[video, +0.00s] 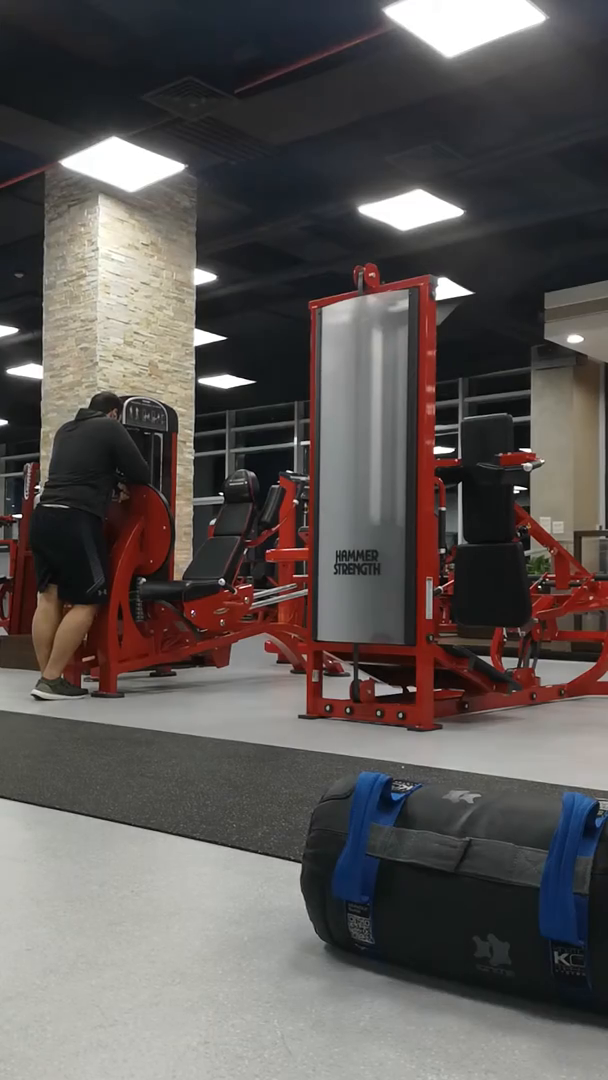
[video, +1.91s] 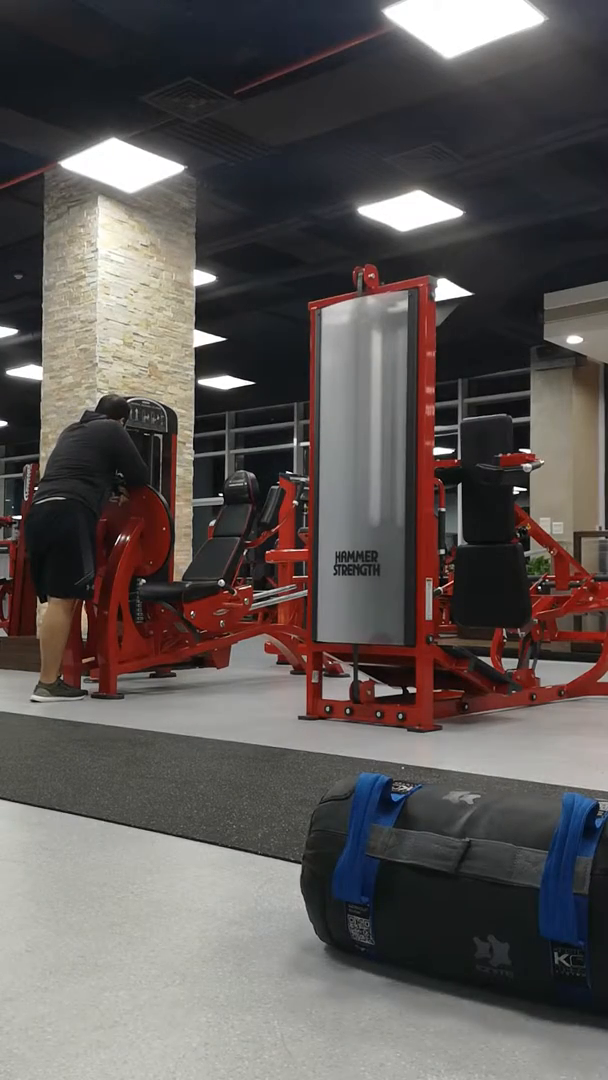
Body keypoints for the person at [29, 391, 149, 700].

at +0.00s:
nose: (120, 421)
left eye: (120, 417)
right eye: (121, 416)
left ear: (91, 409)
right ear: (113, 413)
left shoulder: (65, 429)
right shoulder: (111, 428)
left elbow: (72, 470)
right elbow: (141, 476)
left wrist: (111, 486)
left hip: (43, 516)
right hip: (75, 520)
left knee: (48, 597)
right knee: (87, 601)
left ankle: (47, 676)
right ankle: (52, 678)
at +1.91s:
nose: (124, 426)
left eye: (124, 422)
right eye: (125, 422)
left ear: (97, 413)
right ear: (121, 419)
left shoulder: (70, 430)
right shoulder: (114, 430)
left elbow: (75, 468)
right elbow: (140, 478)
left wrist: (109, 486)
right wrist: (113, 475)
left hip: (39, 511)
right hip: (67, 510)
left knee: (53, 600)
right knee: (60, 601)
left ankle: (50, 679)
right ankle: (48, 682)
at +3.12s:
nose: (126, 427)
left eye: (126, 424)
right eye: (127, 423)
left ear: (99, 414)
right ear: (122, 420)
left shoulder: (71, 431)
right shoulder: (113, 430)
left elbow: (75, 469)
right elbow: (141, 478)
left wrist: (109, 486)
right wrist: (114, 474)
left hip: (40, 512)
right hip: (67, 511)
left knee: (62, 600)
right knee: (62, 600)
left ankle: (51, 678)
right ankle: (48, 682)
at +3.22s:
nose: (126, 427)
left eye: (126, 424)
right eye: (127, 423)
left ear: (99, 414)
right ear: (122, 420)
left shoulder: (71, 431)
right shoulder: (113, 431)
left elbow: (75, 469)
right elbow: (141, 478)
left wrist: (109, 486)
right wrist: (114, 474)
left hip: (40, 512)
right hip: (67, 510)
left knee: (62, 600)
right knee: (63, 600)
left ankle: (51, 678)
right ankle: (48, 682)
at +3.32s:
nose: (126, 427)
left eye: (126, 423)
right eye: (127, 423)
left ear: (99, 414)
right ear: (122, 419)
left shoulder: (71, 431)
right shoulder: (113, 431)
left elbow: (76, 470)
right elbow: (140, 478)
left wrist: (110, 487)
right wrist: (114, 476)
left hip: (42, 511)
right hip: (68, 510)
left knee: (61, 600)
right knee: (64, 600)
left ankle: (50, 678)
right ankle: (48, 682)